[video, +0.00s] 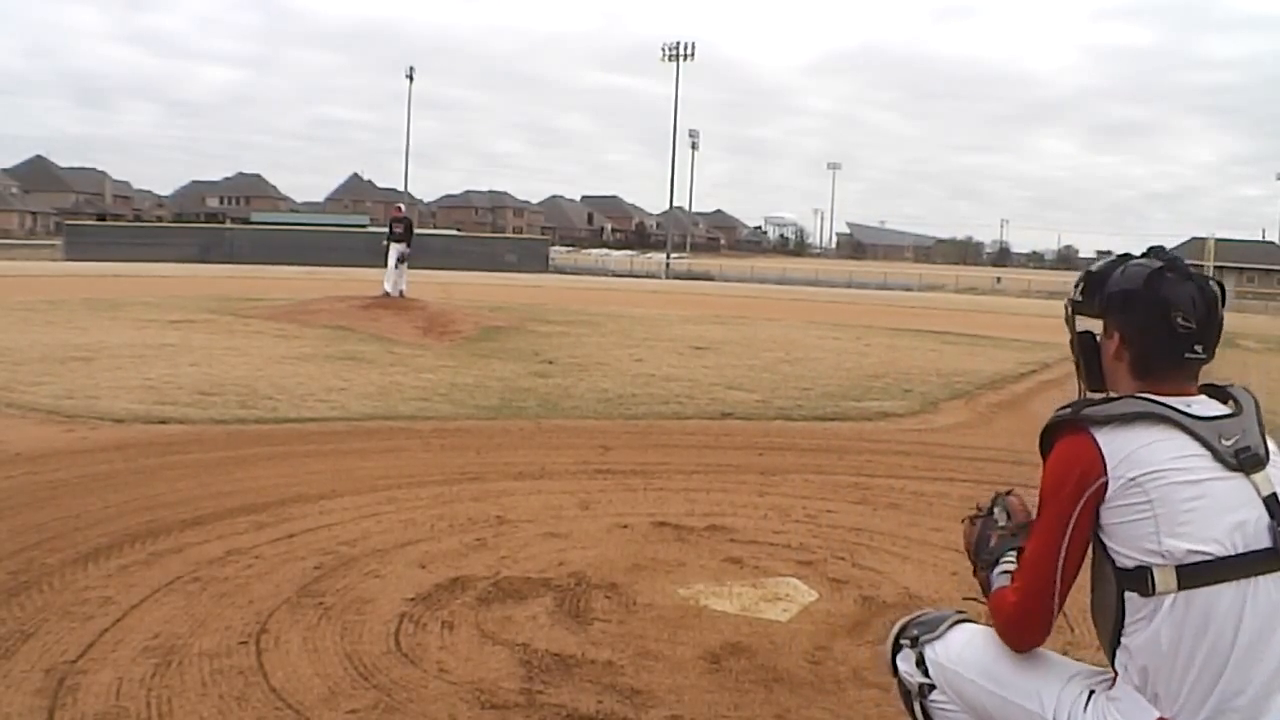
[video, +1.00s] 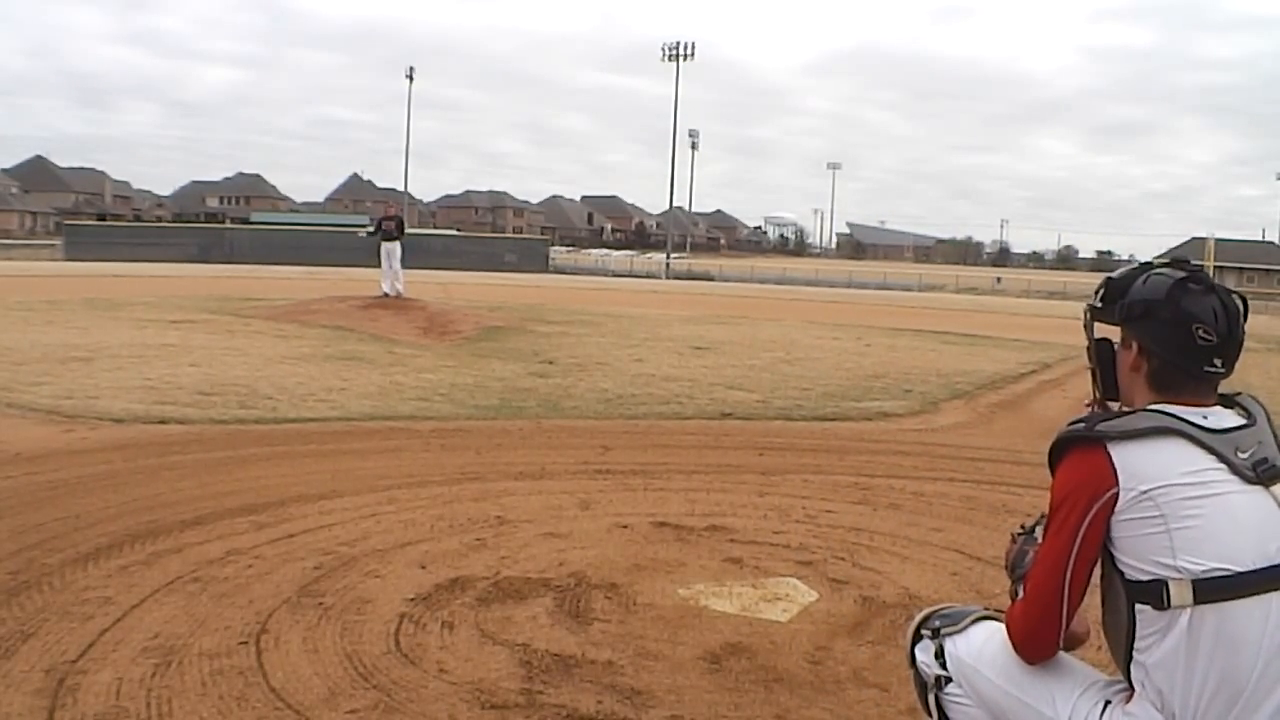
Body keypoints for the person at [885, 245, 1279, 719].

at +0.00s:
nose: (1093, 344)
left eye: (1098, 330)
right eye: (1097, 329)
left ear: (1115, 343)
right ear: (1198, 345)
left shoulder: (1094, 441)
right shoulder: (1248, 423)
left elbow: (1022, 630)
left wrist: (999, 561)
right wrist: (1049, 529)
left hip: (1161, 711)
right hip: (1265, 705)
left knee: (926, 647)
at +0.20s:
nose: (1098, 349)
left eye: (1103, 336)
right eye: (1102, 334)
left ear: (1119, 351)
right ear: (1205, 353)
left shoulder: (1102, 445)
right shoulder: (1249, 420)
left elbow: (1033, 633)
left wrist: (1017, 571)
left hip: (1171, 711)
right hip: (1262, 702)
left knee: (940, 640)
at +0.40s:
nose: (1106, 352)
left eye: (1109, 339)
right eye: (1109, 338)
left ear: (1123, 355)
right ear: (1212, 354)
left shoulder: (1109, 451)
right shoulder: (1258, 423)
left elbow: (1036, 641)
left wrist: (1031, 574)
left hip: (1170, 711)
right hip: (1265, 704)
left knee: (942, 641)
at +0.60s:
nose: (1112, 349)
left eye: (1118, 336)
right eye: (1116, 335)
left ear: (1134, 351)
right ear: (1218, 355)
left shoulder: (1112, 451)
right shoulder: (1261, 425)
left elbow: (1038, 640)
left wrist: (1034, 572)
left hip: (1170, 711)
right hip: (1265, 703)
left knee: (944, 640)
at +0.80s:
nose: (1112, 350)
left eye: (1118, 337)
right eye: (1116, 336)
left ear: (1134, 351)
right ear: (1215, 357)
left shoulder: (1108, 453)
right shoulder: (1260, 426)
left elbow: (1035, 642)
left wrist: (1033, 575)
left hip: (1166, 712)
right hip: (1265, 705)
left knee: (944, 640)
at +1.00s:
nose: (1112, 352)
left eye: (1117, 340)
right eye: (1115, 339)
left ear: (1134, 356)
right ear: (1215, 362)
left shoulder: (1104, 452)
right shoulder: (1255, 430)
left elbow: (1033, 643)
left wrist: (1033, 571)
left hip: (1164, 714)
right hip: (1263, 706)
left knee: (943, 641)